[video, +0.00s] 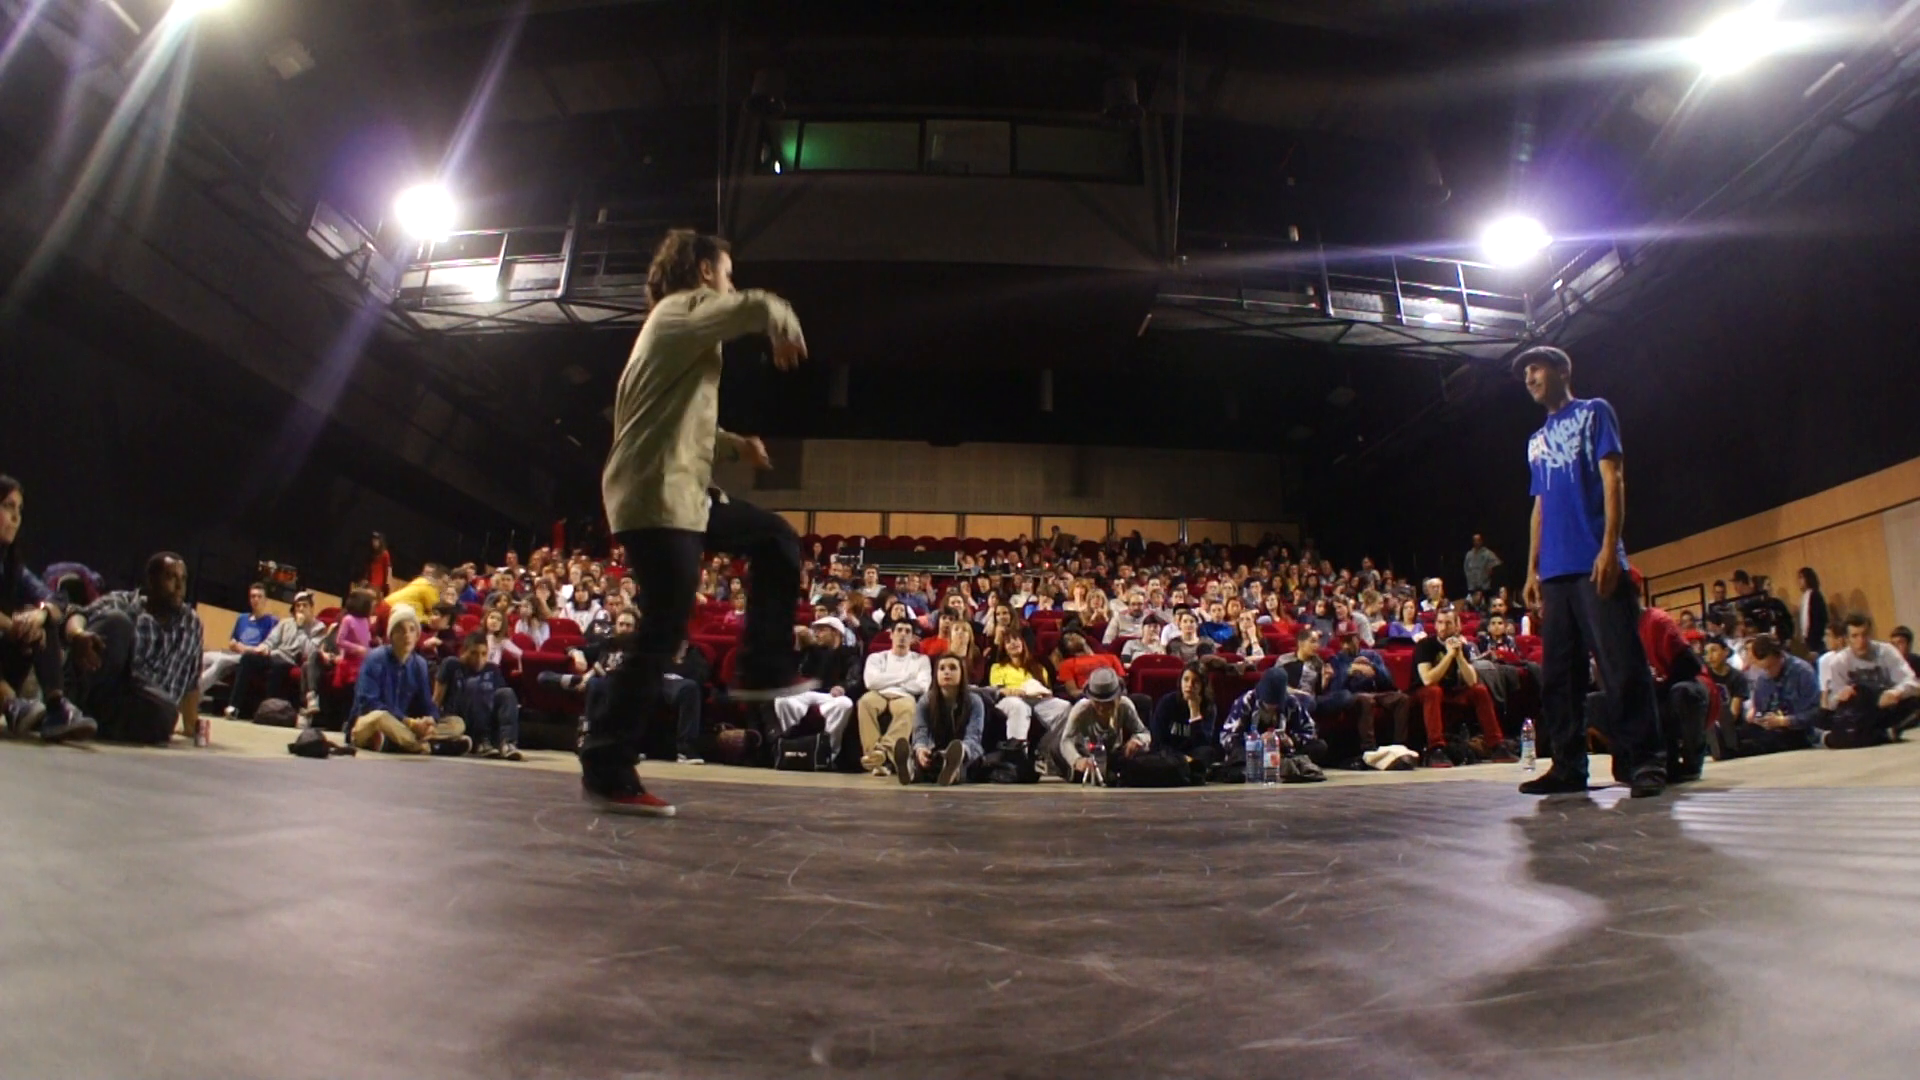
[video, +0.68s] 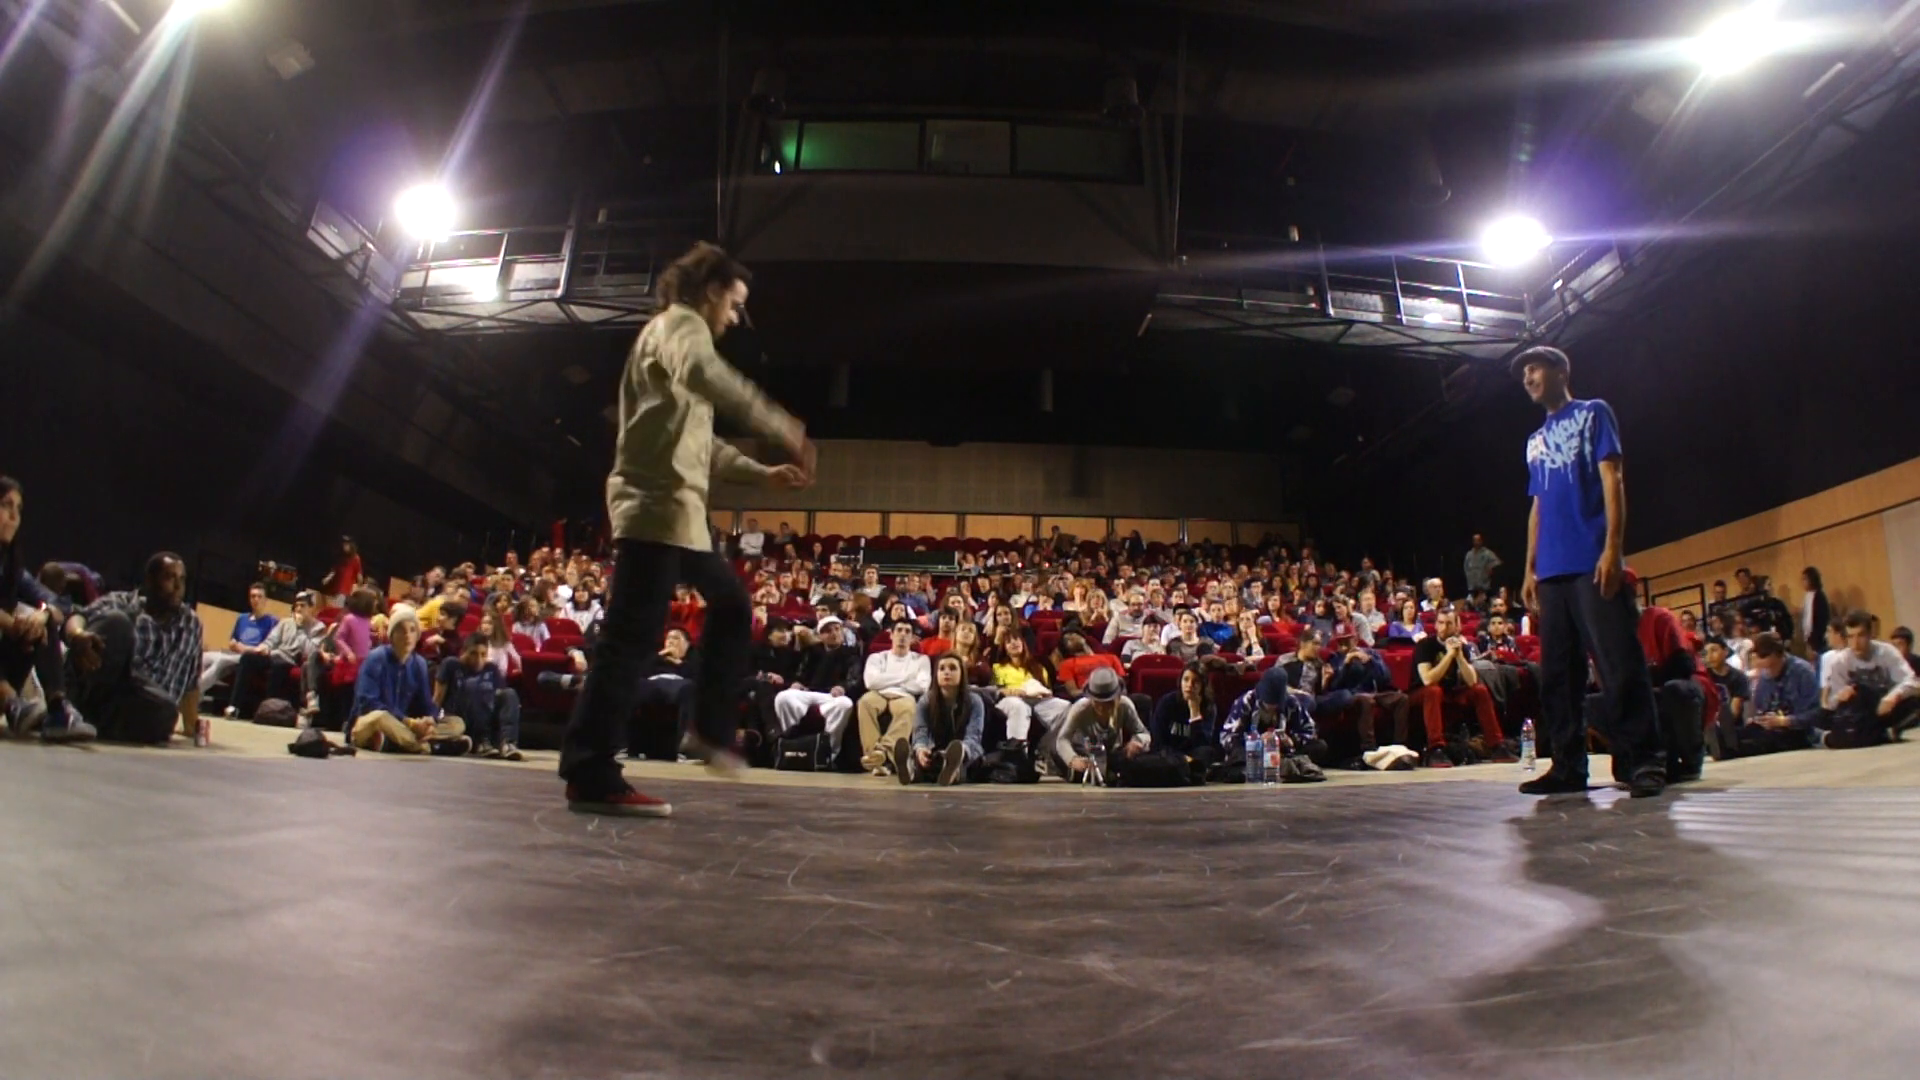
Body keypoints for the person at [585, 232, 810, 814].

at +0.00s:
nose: (732, 285)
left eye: (732, 276)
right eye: (726, 274)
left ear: (687, 274)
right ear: (700, 272)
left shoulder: (686, 335)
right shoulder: (673, 313)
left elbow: (679, 430)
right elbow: (759, 307)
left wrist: (736, 447)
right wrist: (782, 327)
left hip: (687, 493)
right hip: (655, 492)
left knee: (777, 539)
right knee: (664, 626)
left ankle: (766, 668)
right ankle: (608, 764)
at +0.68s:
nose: (736, 318)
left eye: (739, 308)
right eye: (735, 304)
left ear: (710, 295)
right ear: (710, 289)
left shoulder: (678, 343)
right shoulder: (678, 322)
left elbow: (699, 445)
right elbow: (701, 370)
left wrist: (764, 473)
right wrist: (782, 427)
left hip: (674, 509)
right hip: (654, 505)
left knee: (732, 603)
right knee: (630, 639)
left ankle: (712, 731)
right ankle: (591, 774)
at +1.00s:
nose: (768, 331)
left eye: (771, 323)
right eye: (763, 319)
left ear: (743, 317)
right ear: (736, 310)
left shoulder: (731, 360)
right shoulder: (715, 347)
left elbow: (735, 418)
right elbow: (673, 414)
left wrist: (792, 417)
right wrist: (710, 490)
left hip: (691, 524)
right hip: (674, 521)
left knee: (674, 652)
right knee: (650, 649)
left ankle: (687, 775)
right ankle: (594, 773)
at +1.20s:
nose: (756, 304)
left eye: (758, 296)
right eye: (747, 292)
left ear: (745, 304)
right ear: (714, 292)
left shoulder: (738, 370)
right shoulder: (679, 335)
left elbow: (773, 419)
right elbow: (625, 389)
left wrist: (811, 402)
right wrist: (643, 461)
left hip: (704, 521)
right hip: (666, 511)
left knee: (693, 647)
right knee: (669, 642)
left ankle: (686, 772)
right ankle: (611, 772)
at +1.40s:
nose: (744, 293)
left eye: (746, 285)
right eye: (735, 280)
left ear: (735, 295)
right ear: (701, 280)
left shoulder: (737, 350)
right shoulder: (660, 321)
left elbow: (782, 378)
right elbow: (617, 372)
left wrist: (828, 385)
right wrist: (575, 400)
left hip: (708, 519)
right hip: (654, 513)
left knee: (695, 658)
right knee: (631, 650)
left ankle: (691, 775)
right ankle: (609, 779)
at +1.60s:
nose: (740, 296)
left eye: (742, 289)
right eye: (731, 285)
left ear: (734, 298)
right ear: (695, 284)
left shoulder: (733, 345)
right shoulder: (666, 316)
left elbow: (797, 363)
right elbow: (635, 331)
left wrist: (873, 387)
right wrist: (639, 333)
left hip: (708, 515)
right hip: (654, 507)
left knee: (693, 650)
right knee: (635, 643)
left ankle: (689, 775)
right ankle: (609, 779)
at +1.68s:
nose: (740, 299)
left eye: (740, 291)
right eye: (731, 287)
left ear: (731, 300)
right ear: (694, 287)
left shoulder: (731, 349)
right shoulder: (663, 318)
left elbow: (784, 364)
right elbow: (662, 328)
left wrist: (853, 369)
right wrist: (713, 326)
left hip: (706, 517)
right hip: (652, 510)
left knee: (694, 653)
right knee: (629, 646)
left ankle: (688, 774)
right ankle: (606, 778)